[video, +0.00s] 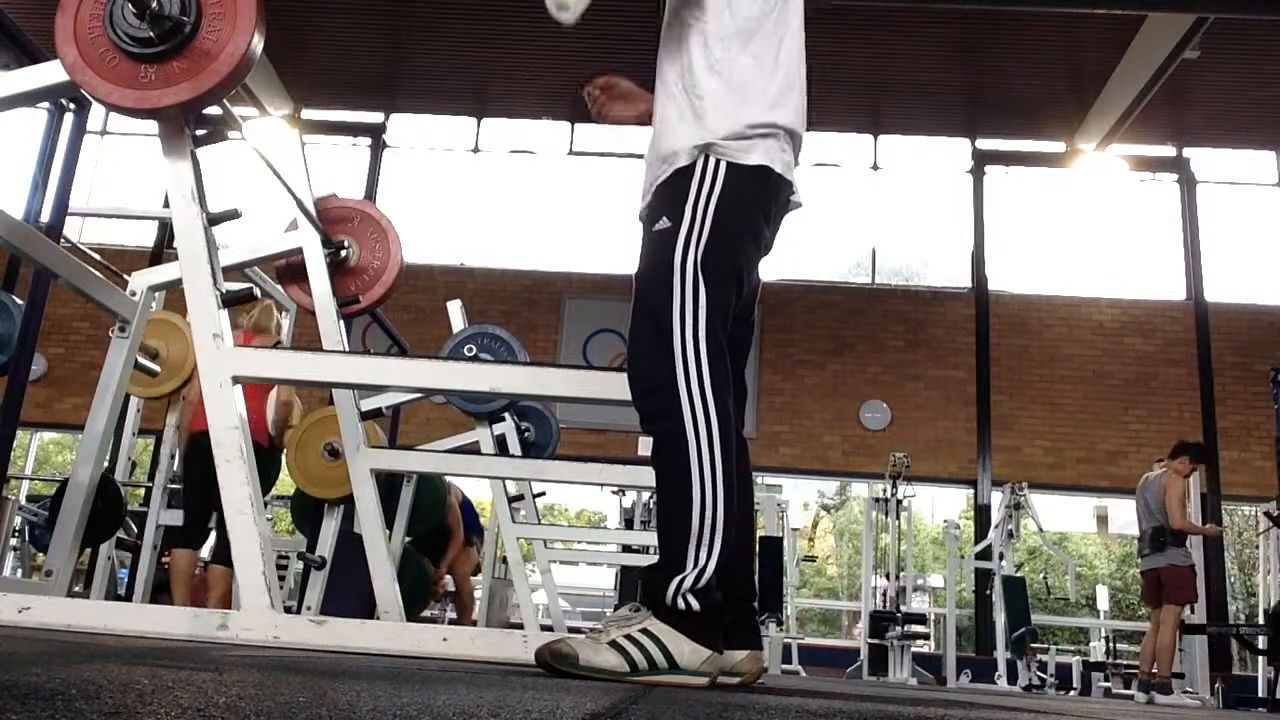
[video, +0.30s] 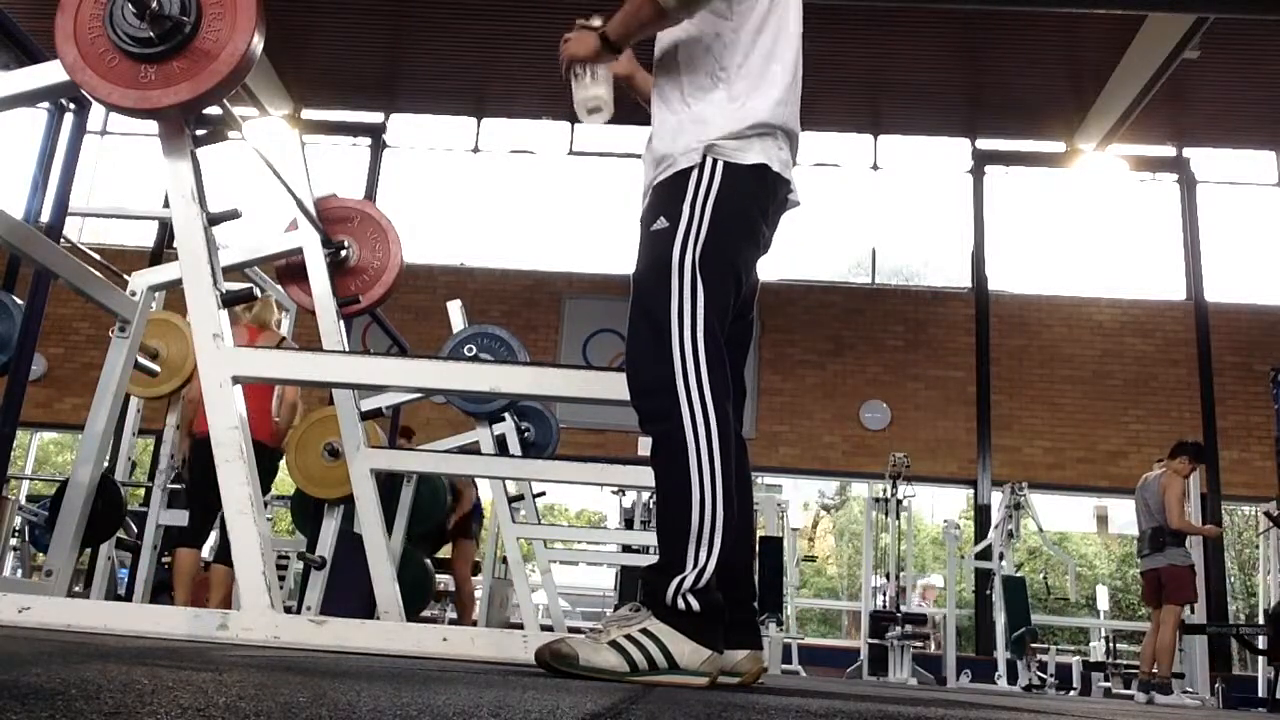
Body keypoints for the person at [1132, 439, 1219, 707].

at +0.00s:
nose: (1191, 475)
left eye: (1194, 470)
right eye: (1193, 469)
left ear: (1174, 459)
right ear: (1184, 461)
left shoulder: (1145, 480)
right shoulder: (1173, 480)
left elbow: (1146, 524)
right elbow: (1177, 523)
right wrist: (1206, 530)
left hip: (1149, 564)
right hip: (1173, 562)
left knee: (1155, 625)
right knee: (1169, 625)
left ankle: (1143, 685)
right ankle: (1164, 688)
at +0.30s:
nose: (1191, 475)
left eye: (1193, 470)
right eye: (1192, 469)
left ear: (1174, 459)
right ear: (1182, 461)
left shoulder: (1144, 480)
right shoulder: (1172, 480)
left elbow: (1146, 525)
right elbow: (1176, 522)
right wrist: (1204, 530)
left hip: (1149, 563)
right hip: (1173, 562)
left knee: (1156, 624)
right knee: (1169, 624)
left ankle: (1143, 685)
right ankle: (1164, 688)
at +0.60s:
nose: (1190, 474)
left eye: (1193, 470)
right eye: (1192, 469)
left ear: (1172, 459)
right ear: (1181, 461)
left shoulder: (1144, 481)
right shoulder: (1172, 480)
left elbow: (1146, 525)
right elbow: (1176, 522)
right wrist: (1204, 530)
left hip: (1149, 563)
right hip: (1173, 562)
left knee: (1156, 625)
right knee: (1169, 624)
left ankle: (1143, 684)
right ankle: (1164, 688)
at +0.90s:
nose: (1190, 475)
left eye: (1193, 471)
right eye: (1191, 469)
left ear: (1174, 458)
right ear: (1181, 461)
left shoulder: (1143, 481)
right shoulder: (1172, 480)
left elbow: (1144, 527)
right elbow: (1174, 521)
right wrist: (1205, 536)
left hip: (1148, 563)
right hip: (1172, 561)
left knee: (1156, 624)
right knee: (1169, 623)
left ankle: (1143, 684)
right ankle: (1163, 687)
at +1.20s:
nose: (1190, 475)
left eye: (1193, 470)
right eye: (1191, 469)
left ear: (1173, 459)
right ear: (1182, 461)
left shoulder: (1144, 481)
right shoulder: (1173, 479)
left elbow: (1143, 526)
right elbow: (1170, 516)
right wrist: (1195, 549)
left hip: (1149, 564)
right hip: (1172, 562)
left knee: (1156, 625)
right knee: (1168, 625)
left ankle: (1143, 685)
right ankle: (1163, 688)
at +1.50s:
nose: (1191, 473)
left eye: (1194, 468)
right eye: (1193, 467)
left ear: (1174, 459)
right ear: (1183, 460)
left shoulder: (1146, 480)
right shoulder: (1174, 479)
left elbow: (1145, 523)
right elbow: (1166, 515)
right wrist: (1180, 548)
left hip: (1149, 563)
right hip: (1170, 560)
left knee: (1156, 624)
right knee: (1169, 624)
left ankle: (1143, 684)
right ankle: (1163, 687)